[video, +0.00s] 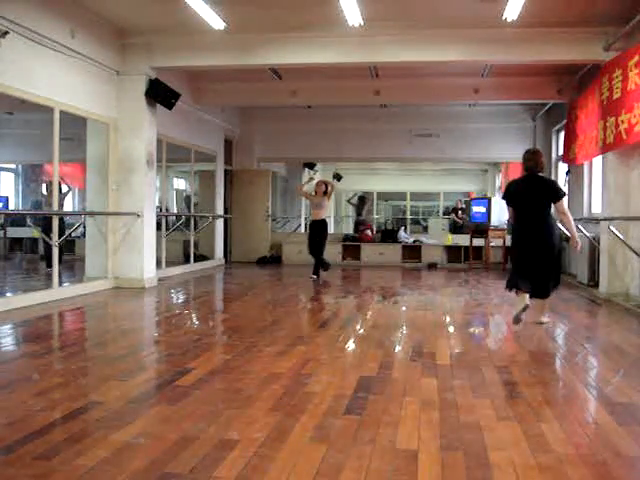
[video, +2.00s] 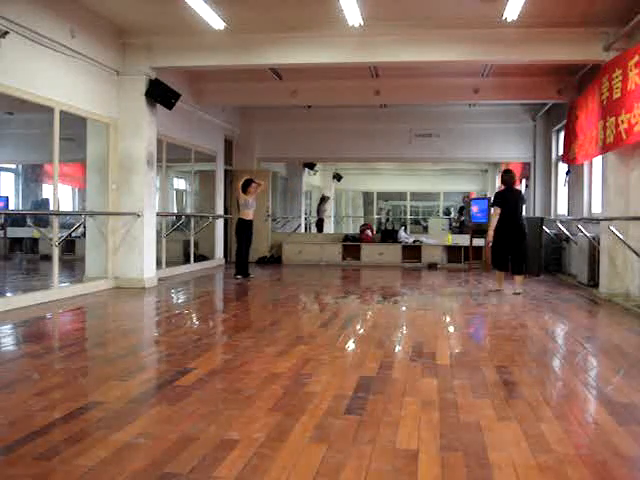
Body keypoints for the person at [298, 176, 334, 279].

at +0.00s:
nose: (318, 187)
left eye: (321, 185)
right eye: (317, 185)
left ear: (325, 188)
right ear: (315, 187)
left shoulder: (326, 198)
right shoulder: (311, 197)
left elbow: (332, 186)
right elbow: (300, 191)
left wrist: (324, 181)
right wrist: (308, 182)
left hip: (322, 222)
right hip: (313, 222)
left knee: (318, 250)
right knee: (312, 249)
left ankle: (315, 273)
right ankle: (324, 264)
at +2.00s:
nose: (254, 190)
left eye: (255, 187)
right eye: (252, 187)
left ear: (255, 189)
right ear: (247, 188)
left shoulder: (253, 196)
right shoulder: (242, 197)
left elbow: (263, 185)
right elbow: (239, 186)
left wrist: (255, 181)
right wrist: (245, 179)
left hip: (249, 221)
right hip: (242, 221)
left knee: (247, 248)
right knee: (241, 248)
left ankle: (245, 271)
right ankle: (238, 272)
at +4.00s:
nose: (244, 187)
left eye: (244, 185)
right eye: (243, 185)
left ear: (240, 187)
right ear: (238, 187)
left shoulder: (241, 198)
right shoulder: (236, 198)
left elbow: (254, 201)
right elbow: (253, 201)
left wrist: (248, 193)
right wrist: (248, 192)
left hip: (242, 221)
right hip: (237, 221)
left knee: (240, 247)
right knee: (235, 247)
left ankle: (241, 271)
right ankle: (230, 271)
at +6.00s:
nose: (240, 188)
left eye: (241, 186)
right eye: (239, 186)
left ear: (241, 187)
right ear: (234, 187)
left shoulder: (242, 198)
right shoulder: (229, 197)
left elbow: (244, 208)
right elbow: (215, 203)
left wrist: (245, 210)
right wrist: (224, 208)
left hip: (239, 220)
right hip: (230, 220)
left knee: (240, 247)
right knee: (227, 247)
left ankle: (241, 272)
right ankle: (223, 271)